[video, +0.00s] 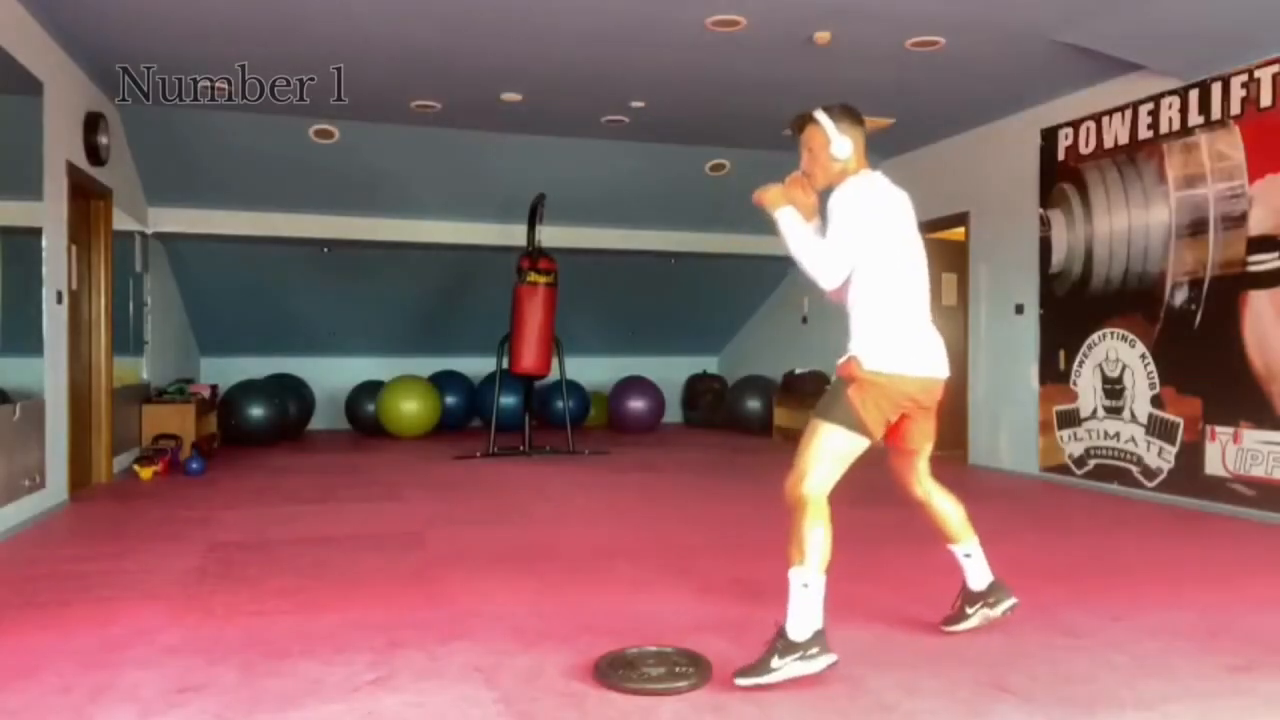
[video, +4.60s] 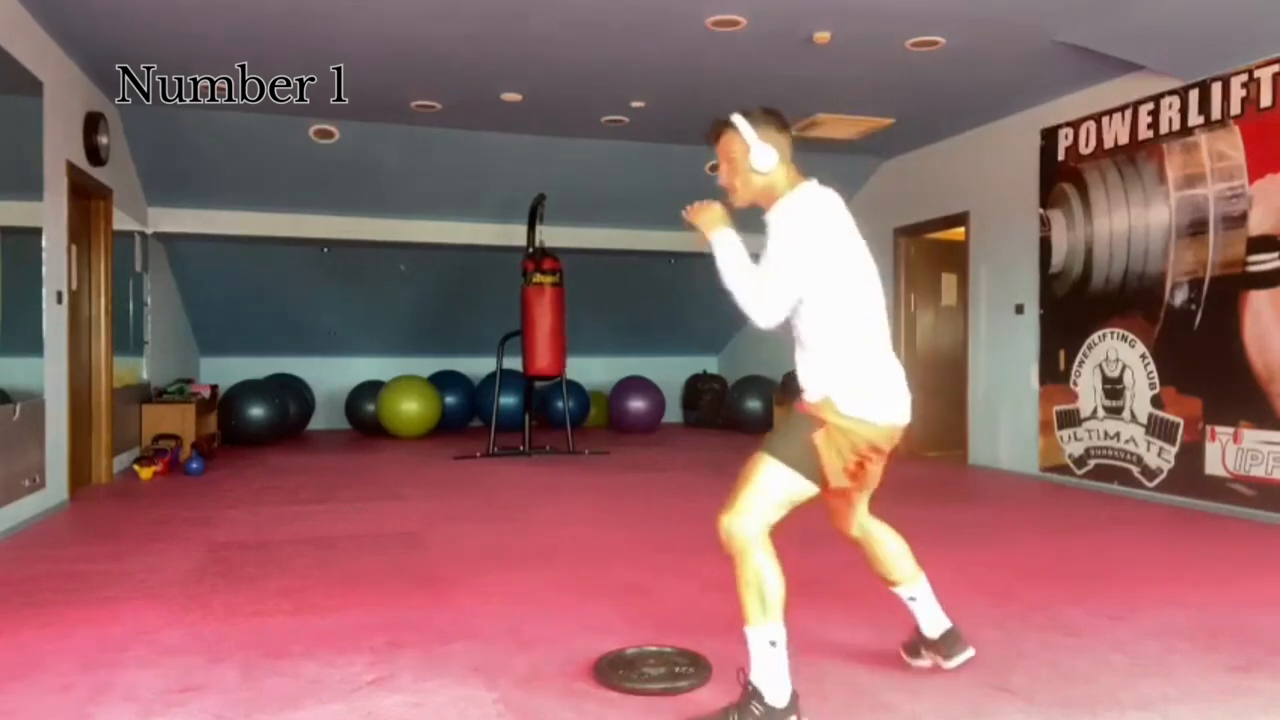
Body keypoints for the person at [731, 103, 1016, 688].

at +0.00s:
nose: (805, 161)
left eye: (810, 149)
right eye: (804, 150)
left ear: (838, 148)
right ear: (855, 149)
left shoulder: (852, 197)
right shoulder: (894, 195)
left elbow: (828, 273)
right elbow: (857, 273)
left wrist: (784, 214)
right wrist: (814, 213)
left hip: (881, 366)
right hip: (925, 367)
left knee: (806, 488)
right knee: (918, 480)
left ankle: (803, 637)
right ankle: (985, 587)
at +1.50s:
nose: (785, 195)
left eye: (793, 181)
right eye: (782, 183)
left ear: (830, 176)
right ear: (795, 184)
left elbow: (859, 332)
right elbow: (790, 327)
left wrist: (799, 258)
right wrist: (761, 266)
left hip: (896, 402)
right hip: (871, 400)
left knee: (793, 514)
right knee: (884, 519)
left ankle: (807, 676)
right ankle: (981, 609)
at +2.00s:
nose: (821, 183)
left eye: (825, 170)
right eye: (820, 171)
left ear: (852, 166)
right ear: (870, 165)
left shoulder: (888, 205)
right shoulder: (914, 204)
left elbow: (827, 266)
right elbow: (887, 311)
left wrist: (825, 196)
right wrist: (848, 226)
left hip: (935, 369)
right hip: (967, 371)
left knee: (842, 474)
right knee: (931, 479)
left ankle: (853, 629)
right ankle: (989, 596)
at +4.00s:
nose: (805, 174)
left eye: (808, 161)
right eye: (803, 164)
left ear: (837, 153)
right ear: (852, 154)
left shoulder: (859, 200)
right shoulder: (890, 199)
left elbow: (805, 267)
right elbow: (852, 298)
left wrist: (775, 204)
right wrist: (809, 224)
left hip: (902, 375)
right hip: (940, 375)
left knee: (823, 494)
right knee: (906, 487)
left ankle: (890, 636)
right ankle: (950, 603)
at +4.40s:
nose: (796, 202)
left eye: (805, 188)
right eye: (789, 193)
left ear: (841, 186)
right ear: (789, 198)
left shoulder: (893, 248)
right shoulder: (802, 244)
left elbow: (889, 343)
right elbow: (742, 299)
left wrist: (821, 275)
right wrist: (733, 254)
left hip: (900, 406)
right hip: (856, 407)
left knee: (822, 523)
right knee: (859, 528)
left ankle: (793, 684)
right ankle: (950, 608)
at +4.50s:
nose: (756, 195)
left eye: (766, 180)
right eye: (752, 184)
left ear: (799, 178)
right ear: (757, 189)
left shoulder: (859, 238)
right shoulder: (787, 249)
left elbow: (849, 337)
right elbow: (732, 309)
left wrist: (782, 262)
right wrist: (713, 254)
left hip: (882, 412)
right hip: (847, 411)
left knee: (781, 526)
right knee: (867, 525)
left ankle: (778, 696)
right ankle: (947, 611)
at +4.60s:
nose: (720, 176)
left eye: (724, 163)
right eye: (719, 165)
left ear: (755, 158)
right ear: (772, 158)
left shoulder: (796, 215)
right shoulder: (822, 203)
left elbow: (766, 306)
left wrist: (720, 235)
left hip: (840, 405)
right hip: (882, 404)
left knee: (742, 524)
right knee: (854, 517)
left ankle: (771, 693)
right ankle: (941, 633)